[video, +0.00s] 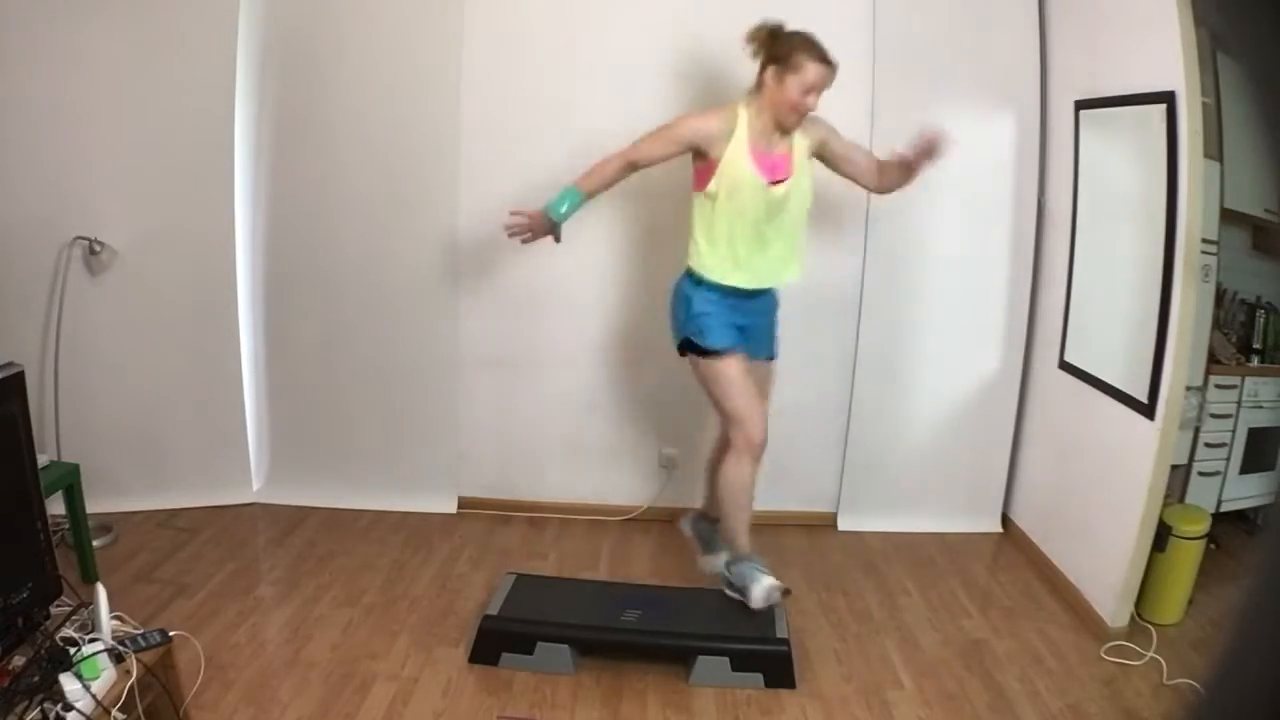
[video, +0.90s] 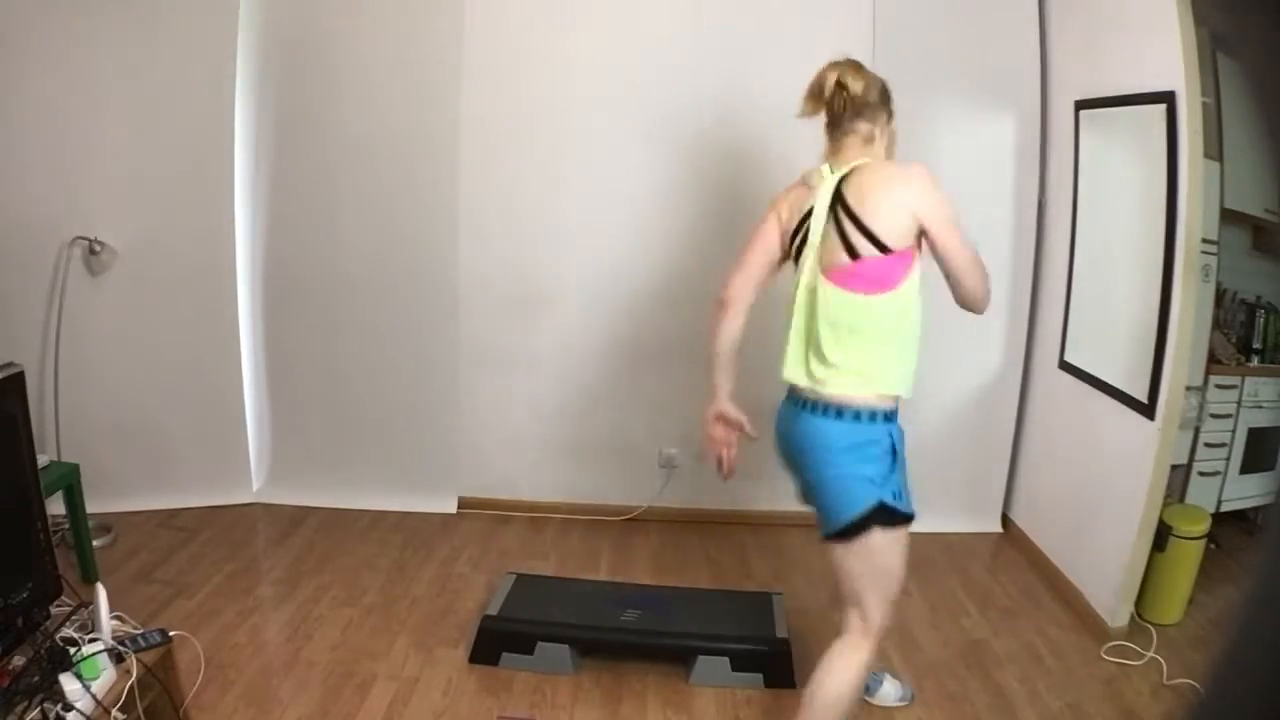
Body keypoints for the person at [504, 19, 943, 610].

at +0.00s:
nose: (814, 103)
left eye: (820, 92)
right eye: (807, 88)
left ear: (818, 93)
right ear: (771, 77)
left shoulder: (810, 136)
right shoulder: (715, 128)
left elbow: (878, 178)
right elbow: (627, 160)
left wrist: (912, 164)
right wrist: (557, 213)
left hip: (760, 301)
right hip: (707, 298)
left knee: (743, 431)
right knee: (749, 432)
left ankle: (710, 522)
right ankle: (740, 559)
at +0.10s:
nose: (835, 102)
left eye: (842, 93)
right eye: (830, 88)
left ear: (836, 91)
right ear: (792, 73)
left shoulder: (819, 141)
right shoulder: (735, 129)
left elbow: (867, 195)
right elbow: (649, 178)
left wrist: (936, 214)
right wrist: (572, 240)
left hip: (778, 306)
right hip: (725, 307)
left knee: (783, 433)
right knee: (758, 444)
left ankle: (766, 544)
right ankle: (744, 574)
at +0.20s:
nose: (859, 106)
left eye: (865, 96)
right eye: (855, 91)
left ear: (834, 83)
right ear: (818, 73)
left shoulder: (828, 144)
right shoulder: (758, 132)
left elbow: (849, 221)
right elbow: (679, 201)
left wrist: (905, 274)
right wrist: (632, 287)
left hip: (793, 311)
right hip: (740, 313)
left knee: (821, 440)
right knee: (773, 456)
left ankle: (824, 557)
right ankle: (748, 572)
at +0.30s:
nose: (882, 105)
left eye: (887, 94)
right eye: (878, 90)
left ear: (850, 81)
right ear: (841, 74)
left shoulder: (835, 144)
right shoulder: (779, 130)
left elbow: (819, 240)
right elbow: (713, 213)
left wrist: (840, 313)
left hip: (816, 318)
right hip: (762, 317)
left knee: (848, 454)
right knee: (787, 468)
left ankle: (862, 581)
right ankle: (747, 574)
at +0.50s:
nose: (914, 141)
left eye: (917, 128)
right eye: (910, 125)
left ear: (876, 118)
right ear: (876, 112)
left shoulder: (857, 178)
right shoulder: (827, 169)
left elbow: (785, 256)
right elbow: (810, 262)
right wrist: (915, 280)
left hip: (861, 371)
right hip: (809, 373)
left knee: (885, 524)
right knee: (843, 541)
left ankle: (853, 657)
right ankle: (758, 564)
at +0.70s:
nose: (920, 153)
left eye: (922, 139)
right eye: (920, 137)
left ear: (872, 125)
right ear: (895, 123)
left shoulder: (838, 185)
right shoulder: (870, 183)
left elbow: (790, 285)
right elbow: (905, 297)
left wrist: (752, 363)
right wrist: (955, 255)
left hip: (842, 407)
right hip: (852, 413)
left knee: (897, 551)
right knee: (918, 573)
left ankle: (847, 663)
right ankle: (773, 631)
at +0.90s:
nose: (887, 131)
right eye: (889, 121)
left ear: (825, 124)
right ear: (886, 121)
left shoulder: (796, 200)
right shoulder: (908, 186)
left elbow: (733, 300)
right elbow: (975, 296)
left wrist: (721, 398)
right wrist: (935, 221)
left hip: (804, 421)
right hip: (859, 436)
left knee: (868, 565)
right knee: (865, 621)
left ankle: (866, 672)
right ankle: (811, 715)